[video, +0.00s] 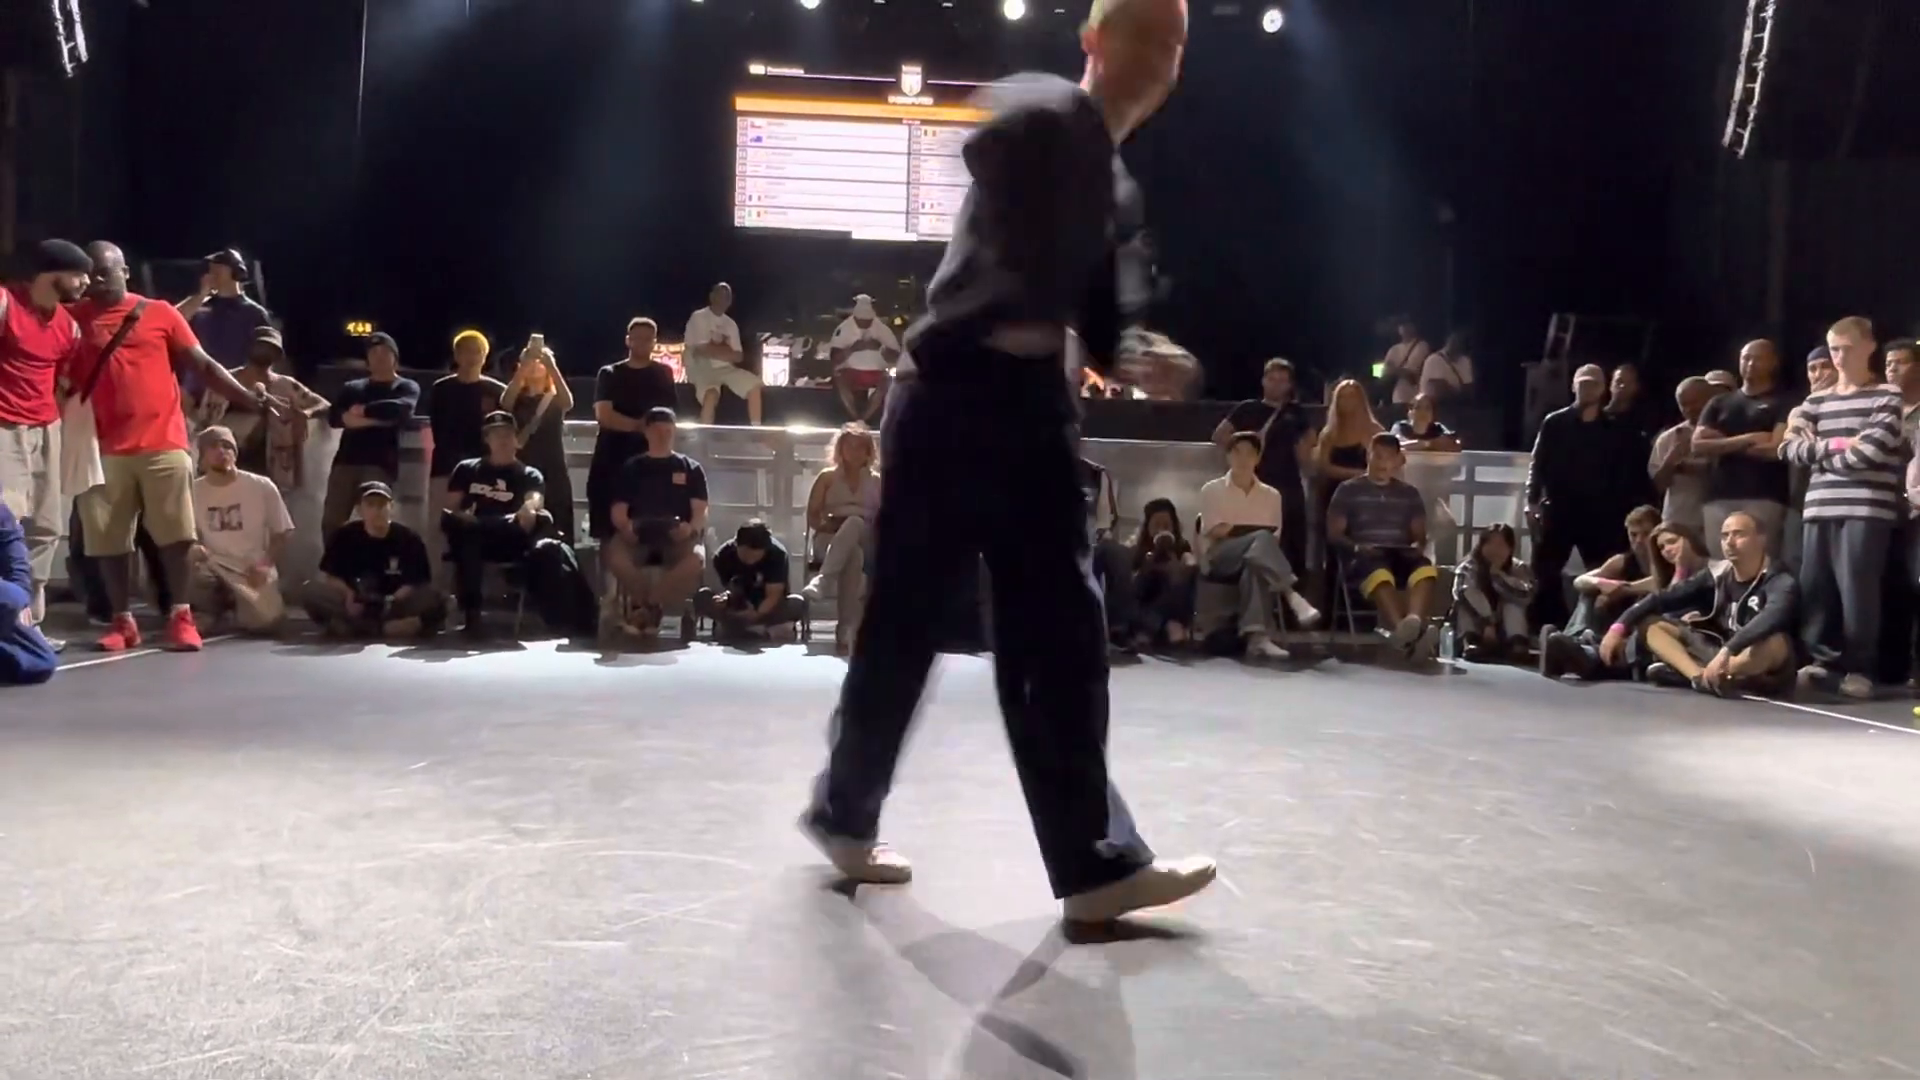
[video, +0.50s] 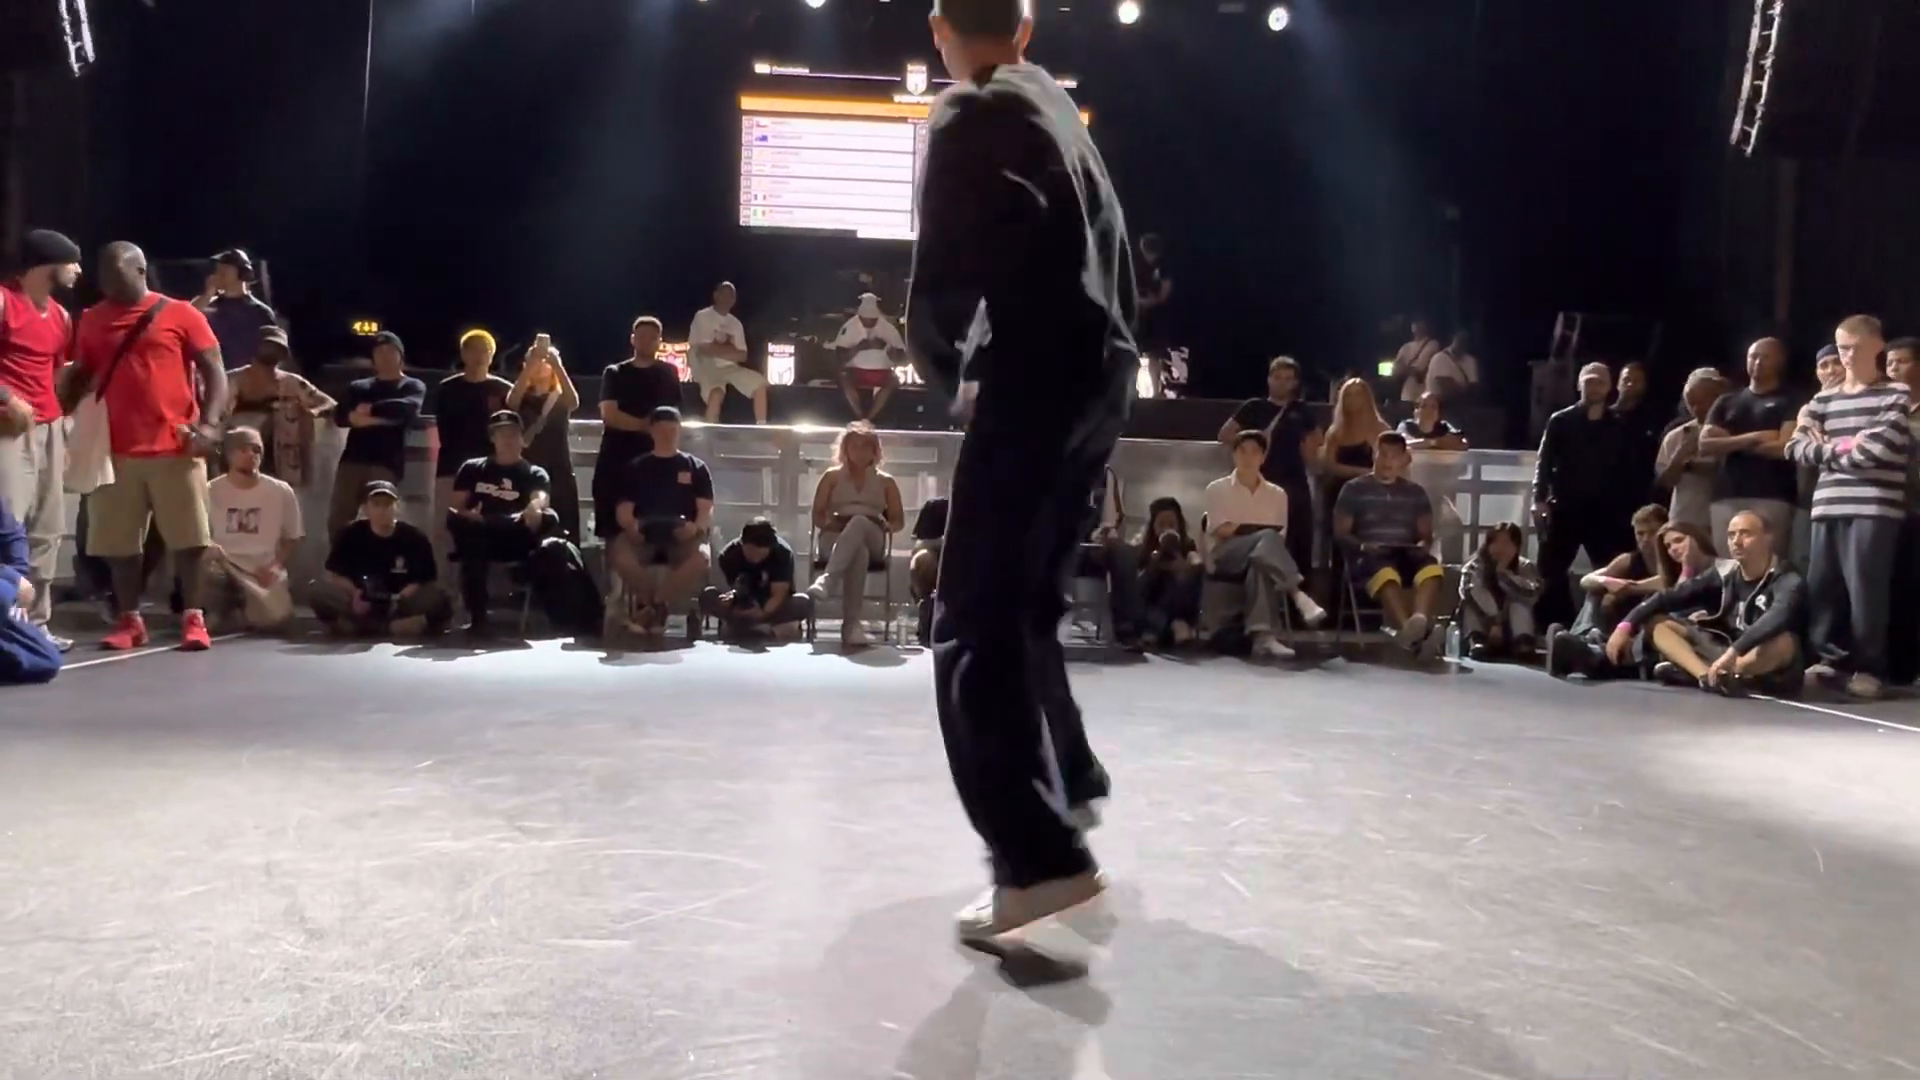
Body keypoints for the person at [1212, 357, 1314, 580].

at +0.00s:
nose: (1276, 385)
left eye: (1282, 380)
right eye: (1272, 379)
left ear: (1290, 385)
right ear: (1263, 382)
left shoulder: (1296, 413)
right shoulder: (1248, 409)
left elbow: (1307, 448)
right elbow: (1219, 435)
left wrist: (1307, 471)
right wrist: (1245, 457)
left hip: (1288, 485)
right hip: (1253, 484)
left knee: (1292, 543)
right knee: (1253, 537)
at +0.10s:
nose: (1277, 385)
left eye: (1282, 380)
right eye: (1272, 379)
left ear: (1290, 385)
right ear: (1264, 382)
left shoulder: (1297, 414)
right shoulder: (1249, 409)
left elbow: (1308, 448)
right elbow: (1221, 435)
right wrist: (1245, 455)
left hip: (1289, 487)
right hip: (1254, 485)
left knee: (1293, 543)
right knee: (1257, 538)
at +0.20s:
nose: (1278, 386)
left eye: (1284, 381)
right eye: (1273, 380)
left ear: (1292, 386)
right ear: (1265, 383)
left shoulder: (1298, 414)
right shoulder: (1251, 410)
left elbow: (1309, 450)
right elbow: (1221, 436)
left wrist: (1307, 471)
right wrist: (1246, 458)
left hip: (1289, 486)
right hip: (1255, 485)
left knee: (1294, 543)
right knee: (1255, 539)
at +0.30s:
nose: (1279, 385)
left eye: (1285, 380)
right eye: (1274, 379)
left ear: (1293, 385)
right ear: (1266, 382)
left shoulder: (1299, 413)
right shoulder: (1251, 408)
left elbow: (1310, 446)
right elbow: (1222, 434)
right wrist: (1248, 454)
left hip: (1290, 485)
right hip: (1255, 483)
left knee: (1294, 542)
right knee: (1255, 537)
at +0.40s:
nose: (1280, 383)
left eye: (1286, 378)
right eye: (1275, 377)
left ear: (1294, 383)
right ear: (1267, 380)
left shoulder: (1300, 411)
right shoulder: (1253, 406)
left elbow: (1312, 444)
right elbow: (1223, 433)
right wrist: (1250, 452)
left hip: (1291, 485)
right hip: (1256, 483)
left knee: (1295, 543)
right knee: (1257, 538)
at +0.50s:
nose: (1282, 383)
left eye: (1288, 379)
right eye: (1277, 378)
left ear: (1296, 383)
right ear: (1269, 380)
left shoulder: (1302, 411)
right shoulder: (1254, 407)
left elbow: (1313, 449)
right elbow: (1225, 434)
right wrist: (1253, 452)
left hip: (1293, 484)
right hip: (1259, 482)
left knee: (1298, 543)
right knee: (1259, 538)